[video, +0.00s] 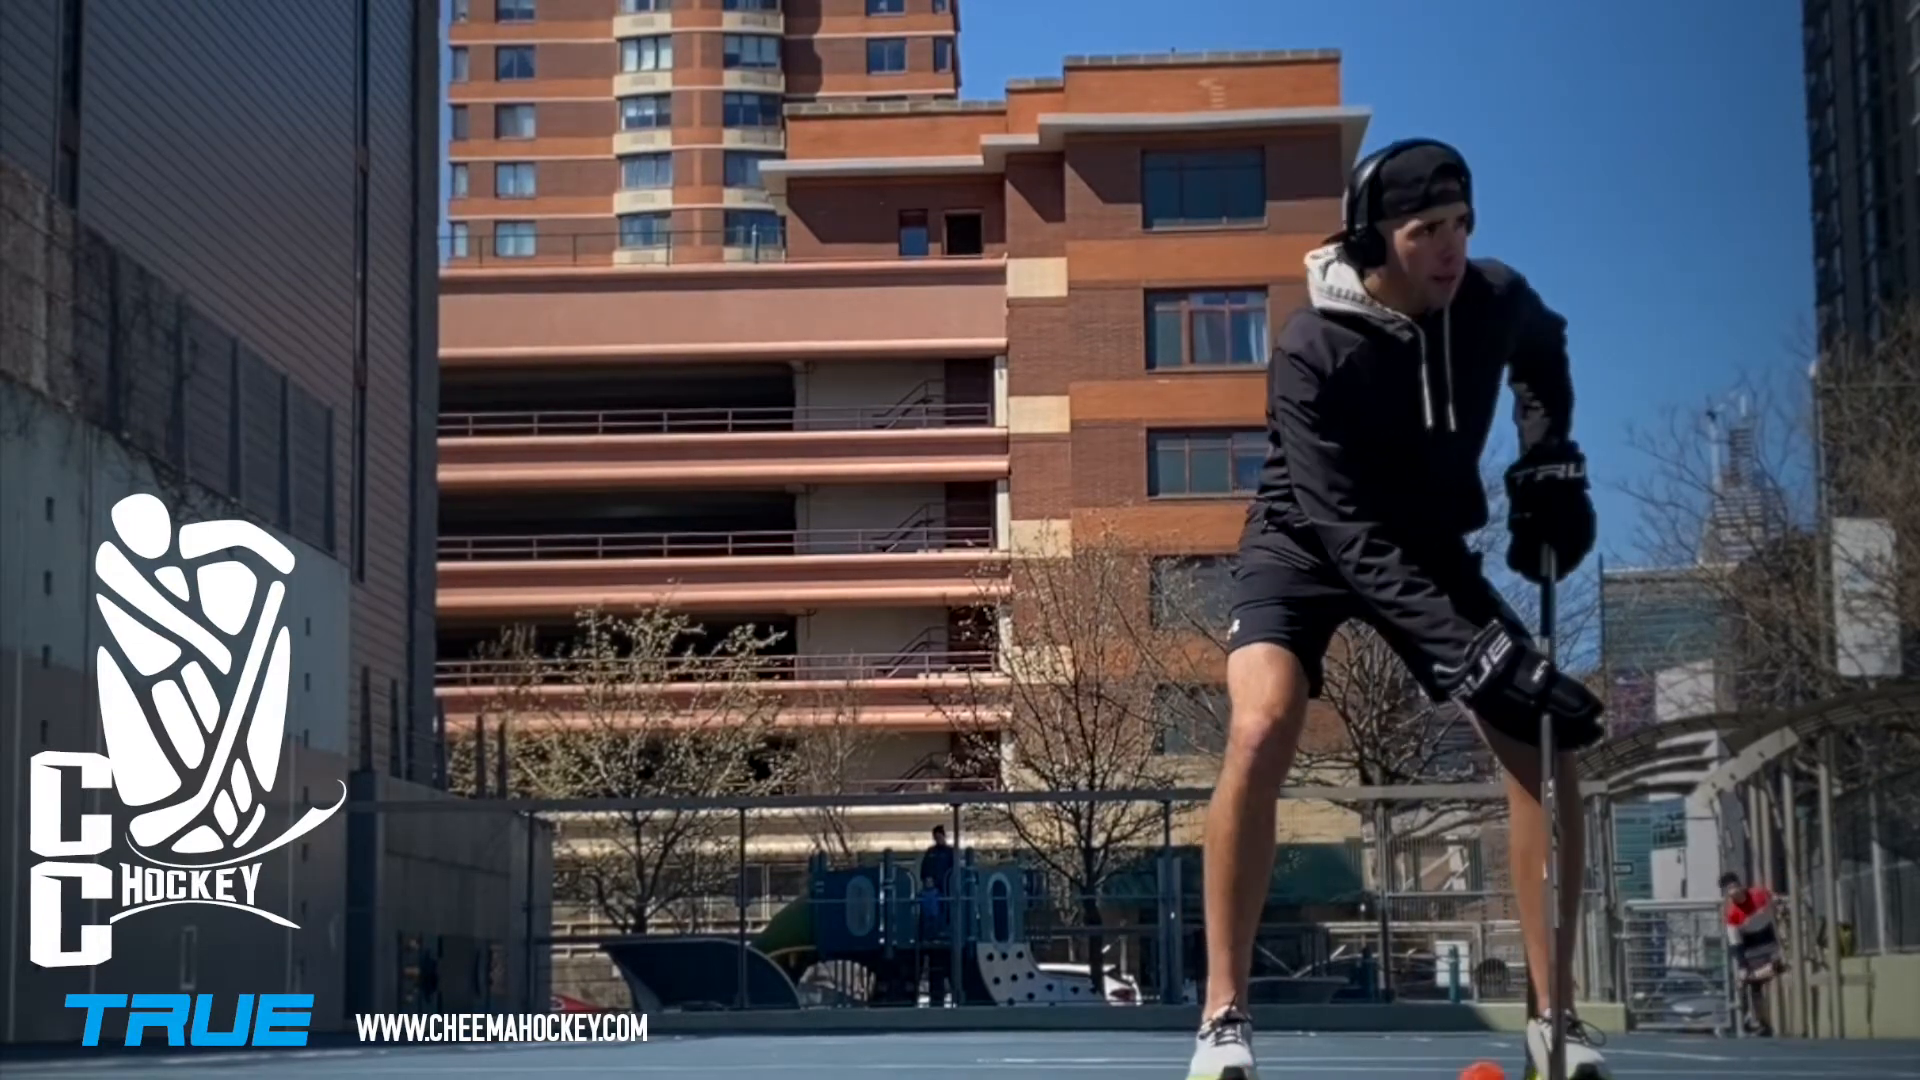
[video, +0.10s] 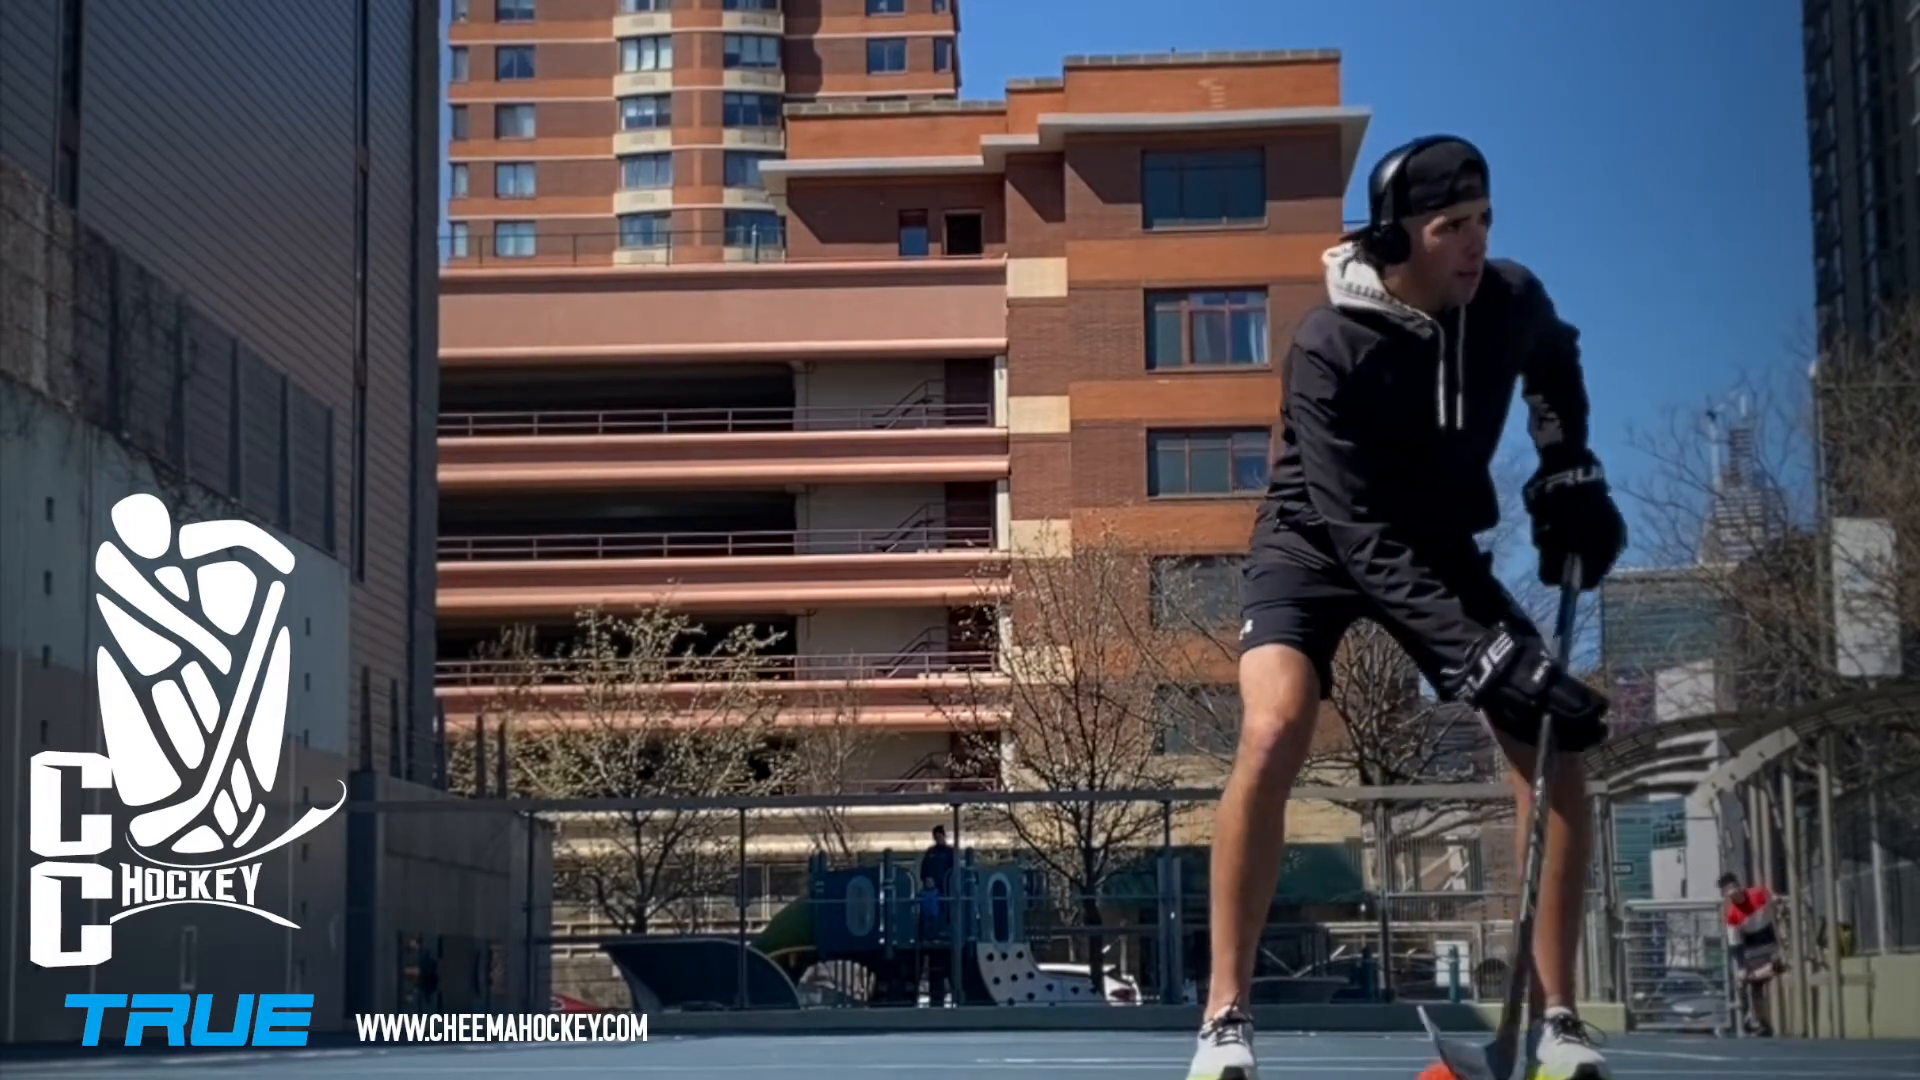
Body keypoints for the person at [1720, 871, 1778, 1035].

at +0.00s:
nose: (1733, 892)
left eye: (1735, 887)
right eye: (1729, 890)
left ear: (1741, 885)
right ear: (1726, 894)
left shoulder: (1761, 896)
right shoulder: (1732, 914)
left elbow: (1774, 922)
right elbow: (1735, 943)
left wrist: (1779, 950)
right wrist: (1743, 966)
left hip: (1769, 945)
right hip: (1750, 950)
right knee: (1755, 989)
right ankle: (1763, 1025)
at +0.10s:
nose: (1732, 893)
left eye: (1733, 887)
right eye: (1727, 890)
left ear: (1739, 886)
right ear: (1724, 895)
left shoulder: (1759, 895)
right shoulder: (1732, 915)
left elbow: (1775, 922)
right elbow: (1735, 943)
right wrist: (1741, 967)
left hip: (1769, 944)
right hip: (1750, 948)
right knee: (1755, 988)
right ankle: (1762, 1024)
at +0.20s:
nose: (1730, 893)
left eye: (1731, 888)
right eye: (1725, 891)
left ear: (1737, 886)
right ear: (1722, 895)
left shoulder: (1756, 896)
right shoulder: (1729, 914)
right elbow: (1733, 942)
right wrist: (1740, 967)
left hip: (1770, 946)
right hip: (1751, 950)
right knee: (1754, 988)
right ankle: (1762, 1024)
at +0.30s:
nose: (1729, 893)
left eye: (1730, 888)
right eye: (1724, 891)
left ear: (1737, 886)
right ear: (1721, 895)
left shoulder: (1756, 896)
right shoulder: (1729, 914)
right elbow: (1732, 943)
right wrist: (1739, 967)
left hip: (1770, 943)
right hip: (1751, 949)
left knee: (1777, 965)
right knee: (1756, 988)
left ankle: (1749, 977)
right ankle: (1760, 1021)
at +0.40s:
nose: (1728, 895)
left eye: (1729, 889)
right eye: (1724, 892)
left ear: (1736, 888)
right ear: (1721, 896)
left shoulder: (1756, 898)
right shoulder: (1728, 915)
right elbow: (1732, 945)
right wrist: (1738, 969)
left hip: (1770, 942)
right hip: (1751, 949)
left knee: (1777, 965)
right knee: (1752, 986)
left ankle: (1747, 979)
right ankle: (1760, 1022)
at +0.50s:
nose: (1728, 895)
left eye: (1729, 890)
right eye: (1723, 892)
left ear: (1735, 888)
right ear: (1721, 896)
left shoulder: (1756, 898)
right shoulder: (1727, 916)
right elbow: (1730, 945)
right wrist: (1734, 970)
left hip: (1769, 943)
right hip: (1750, 949)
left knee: (1775, 965)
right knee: (1753, 987)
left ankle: (1744, 978)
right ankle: (1761, 1023)